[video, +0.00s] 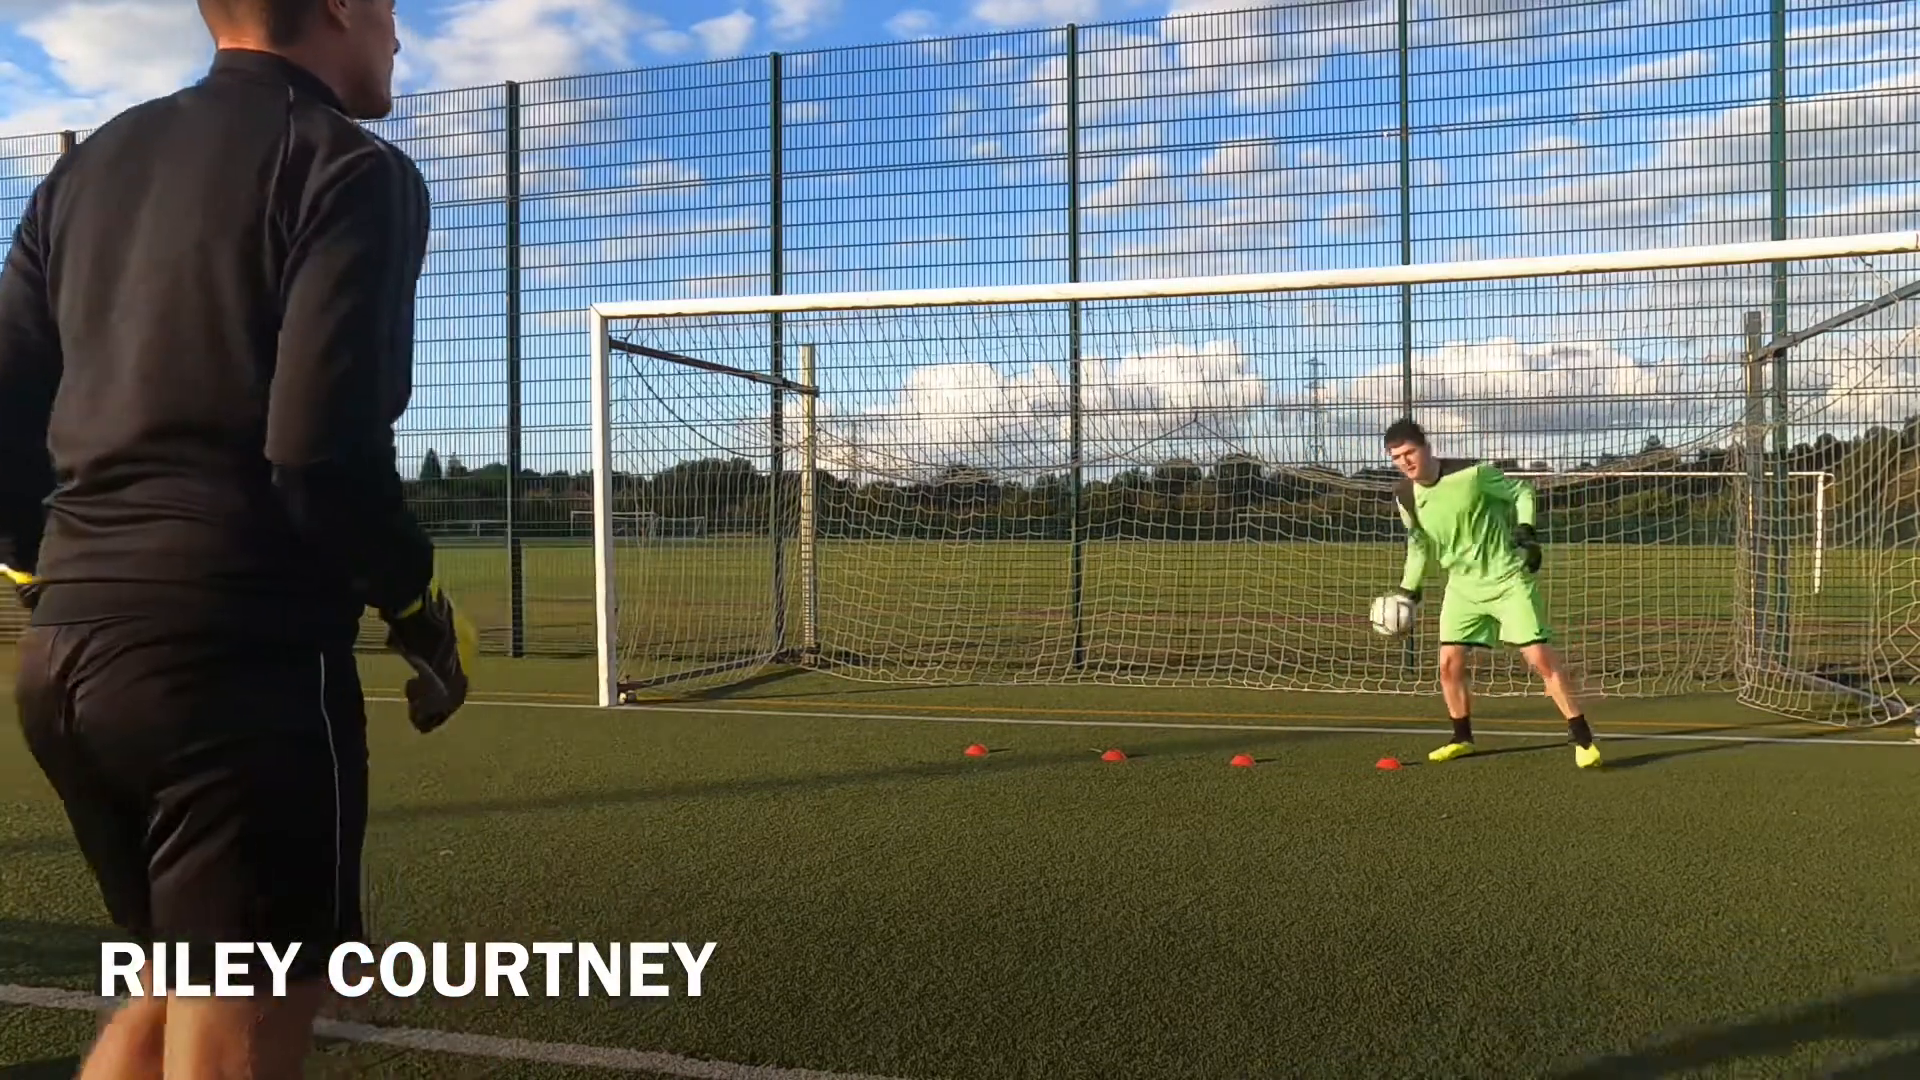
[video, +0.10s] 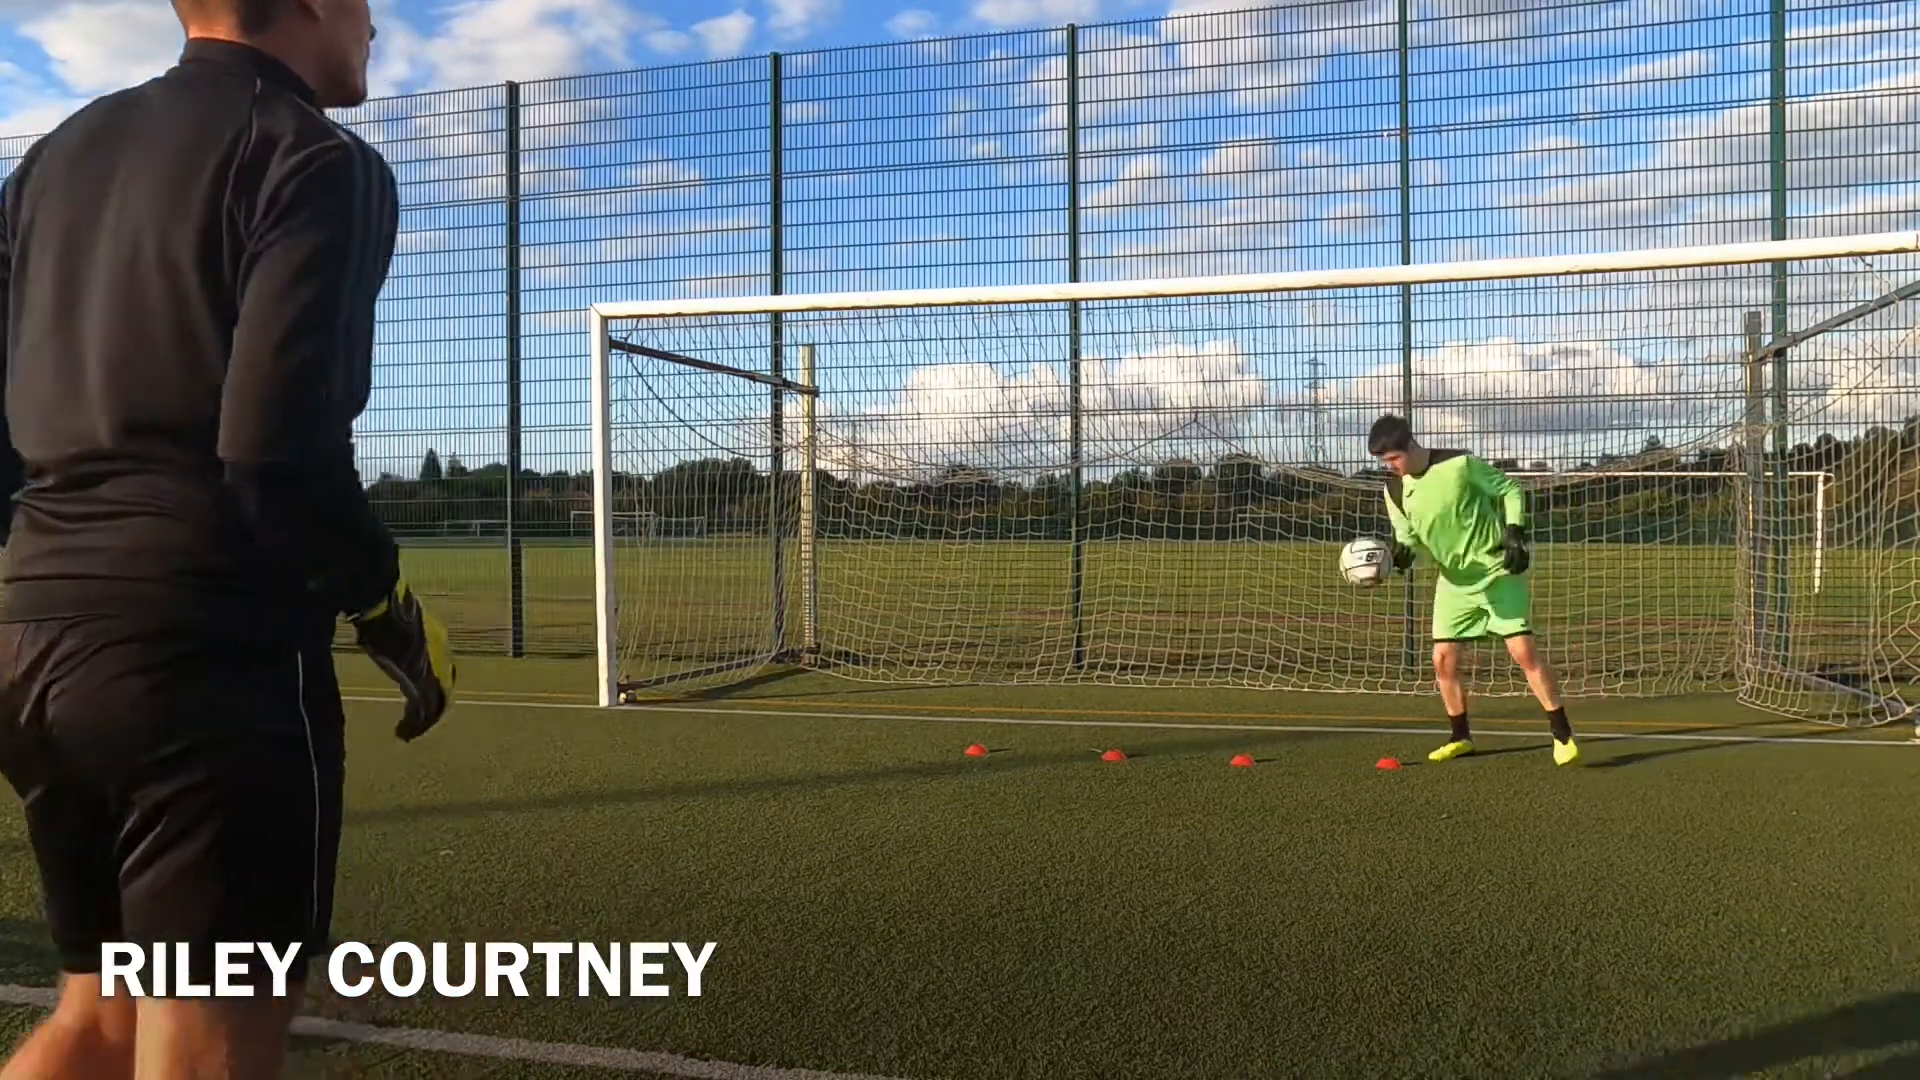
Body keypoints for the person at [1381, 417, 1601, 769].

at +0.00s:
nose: (1406, 461)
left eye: (1410, 452)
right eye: (1398, 458)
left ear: (1427, 447)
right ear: (1394, 462)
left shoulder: (1476, 475)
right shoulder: (1407, 500)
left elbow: (1523, 491)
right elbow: (1417, 545)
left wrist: (1526, 532)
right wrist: (1408, 593)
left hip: (1510, 579)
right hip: (1462, 587)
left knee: (1539, 658)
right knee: (1449, 663)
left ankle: (1583, 739)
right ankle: (1462, 738)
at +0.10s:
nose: (1389, 466)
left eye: (1393, 457)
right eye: (1383, 461)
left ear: (1412, 445)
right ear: (1382, 459)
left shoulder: (1462, 466)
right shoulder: (1394, 491)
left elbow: (1511, 489)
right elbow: (1407, 543)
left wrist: (1515, 534)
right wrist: (1400, 556)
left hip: (1498, 573)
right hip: (1453, 581)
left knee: (1522, 652)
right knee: (1443, 659)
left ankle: (1563, 734)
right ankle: (1461, 737)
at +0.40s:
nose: (1365, 466)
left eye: (1368, 458)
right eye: (1360, 461)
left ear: (1388, 444)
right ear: (1363, 457)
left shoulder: (1442, 465)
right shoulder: (1374, 489)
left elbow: (1487, 493)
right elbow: (1382, 535)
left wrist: (1484, 539)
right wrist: (1396, 567)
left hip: (1471, 580)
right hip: (1427, 590)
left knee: (1495, 657)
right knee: (1431, 668)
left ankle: (1537, 744)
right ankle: (1459, 721)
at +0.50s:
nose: (1360, 483)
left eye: (1364, 474)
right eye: (1355, 477)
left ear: (1383, 462)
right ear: (1355, 474)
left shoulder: (1431, 489)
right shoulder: (1367, 498)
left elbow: (1481, 528)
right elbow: (1363, 537)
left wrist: (1474, 571)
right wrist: (1346, 579)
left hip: (1452, 592)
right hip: (1410, 597)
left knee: (1482, 674)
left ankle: (1542, 749)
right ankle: (1430, 721)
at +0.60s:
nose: (1333, 480)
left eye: (1338, 471)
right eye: (1329, 473)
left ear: (1358, 460)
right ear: (1328, 471)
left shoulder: (1405, 490)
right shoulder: (1335, 493)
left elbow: (1448, 529)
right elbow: (1323, 530)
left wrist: (1436, 568)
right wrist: (1305, 570)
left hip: (1419, 596)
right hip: (1372, 599)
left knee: (1462, 669)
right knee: (1357, 656)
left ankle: (1526, 740)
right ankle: (1372, 751)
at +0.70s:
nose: (1304, 477)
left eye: (1309, 469)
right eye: (1299, 471)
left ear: (1329, 458)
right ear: (1296, 467)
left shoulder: (1371, 485)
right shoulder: (1301, 487)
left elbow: (1411, 530)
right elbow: (1284, 520)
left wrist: (1398, 563)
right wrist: (1278, 558)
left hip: (1384, 580)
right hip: (1338, 587)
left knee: (1415, 649)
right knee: (1355, 654)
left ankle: (1434, 714)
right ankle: (1374, 752)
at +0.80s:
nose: (1264, 473)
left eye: (1269, 465)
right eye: (1259, 466)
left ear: (1288, 455)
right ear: (1256, 464)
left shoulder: (1333, 480)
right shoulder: (1263, 483)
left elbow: (1374, 524)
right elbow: (1261, 517)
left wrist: (1366, 562)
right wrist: (1254, 557)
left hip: (1349, 567)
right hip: (1306, 573)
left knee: (1363, 660)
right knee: (1319, 644)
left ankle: (1364, 714)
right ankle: (1334, 734)